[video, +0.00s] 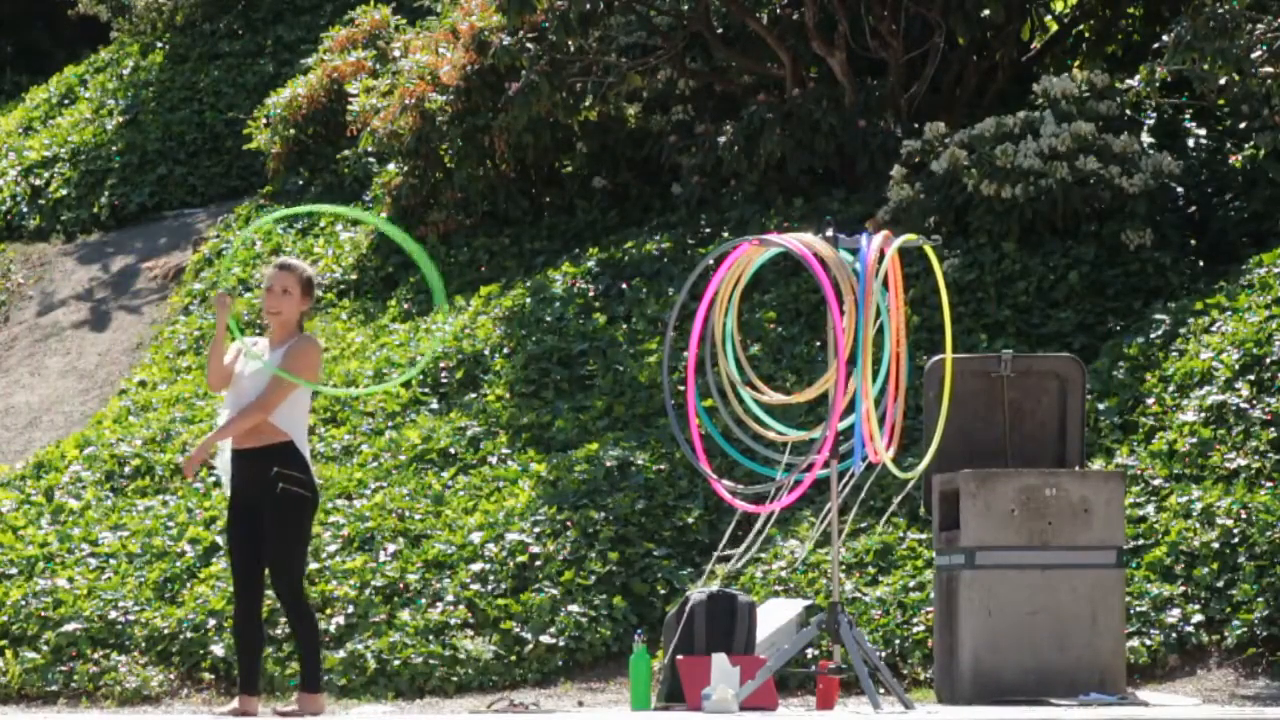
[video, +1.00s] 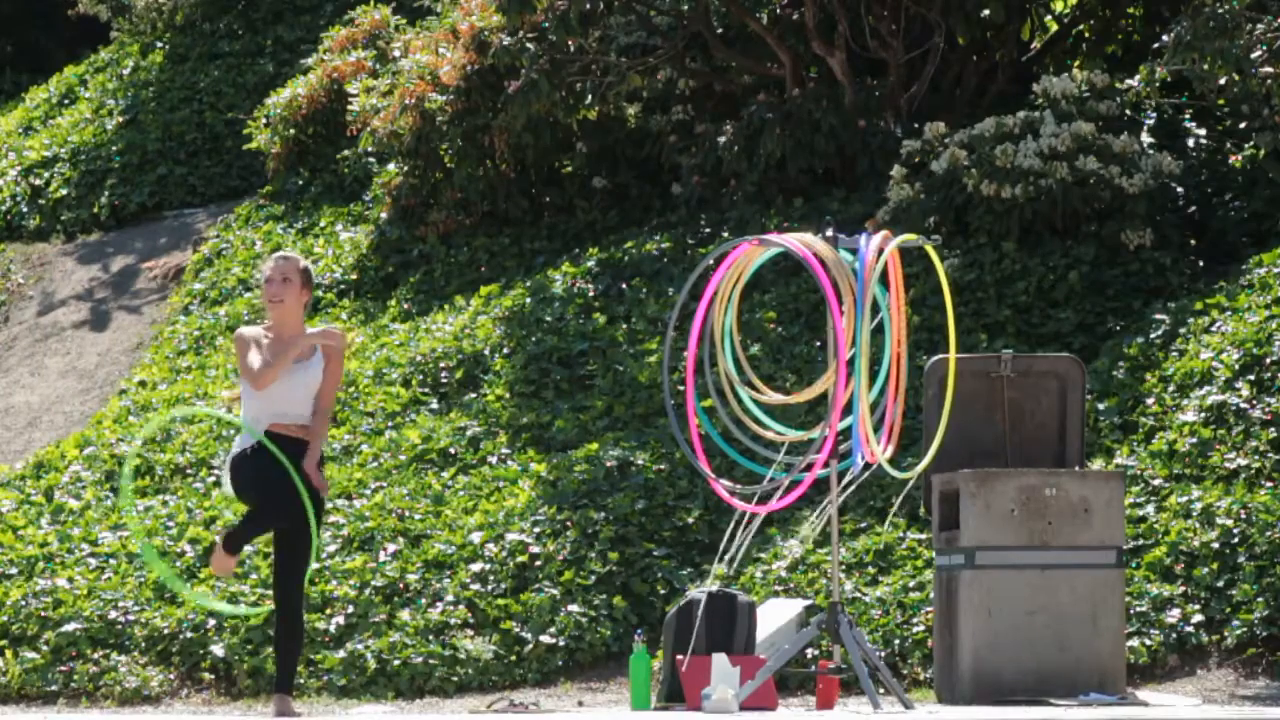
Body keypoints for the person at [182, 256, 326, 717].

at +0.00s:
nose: (273, 297)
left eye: (285, 292)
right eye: (269, 289)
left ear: (305, 302)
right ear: (262, 295)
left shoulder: (304, 349)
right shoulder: (246, 345)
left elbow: (264, 409)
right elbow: (215, 380)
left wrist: (207, 443)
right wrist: (221, 323)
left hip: (286, 474)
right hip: (245, 475)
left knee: (288, 586)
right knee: (246, 589)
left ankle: (311, 694)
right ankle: (248, 697)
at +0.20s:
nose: (264, 290)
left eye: (275, 284)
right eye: (260, 282)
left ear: (294, 296)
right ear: (251, 290)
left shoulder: (304, 343)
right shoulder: (239, 343)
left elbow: (272, 406)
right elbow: (225, 380)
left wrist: (209, 436)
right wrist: (234, 326)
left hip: (291, 473)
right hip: (246, 473)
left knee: (283, 588)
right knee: (244, 589)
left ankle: (289, 696)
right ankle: (248, 696)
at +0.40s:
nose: (261, 282)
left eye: (272, 277)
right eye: (256, 277)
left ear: (291, 292)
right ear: (248, 291)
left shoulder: (310, 337)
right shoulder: (232, 341)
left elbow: (286, 404)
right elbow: (248, 367)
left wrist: (221, 420)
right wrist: (287, 337)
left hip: (294, 468)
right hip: (246, 468)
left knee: (282, 585)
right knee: (241, 585)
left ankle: (283, 695)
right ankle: (247, 694)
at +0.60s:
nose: (258, 287)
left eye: (269, 281)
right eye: (253, 280)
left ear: (291, 293)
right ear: (246, 291)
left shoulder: (318, 343)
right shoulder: (236, 342)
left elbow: (302, 406)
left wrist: (232, 413)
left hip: (302, 467)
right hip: (253, 464)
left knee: (288, 584)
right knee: (226, 572)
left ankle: (285, 694)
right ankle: (237, 668)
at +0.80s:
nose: (266, 286)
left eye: (277, 280)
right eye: (262, 280)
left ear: (299, 292)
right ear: (253, 292)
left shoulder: (324, 345)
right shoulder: (244, 342)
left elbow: (313, 410)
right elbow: (263, 375)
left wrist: (276, 431)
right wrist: (323, 343)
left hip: (303, 456)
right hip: (253, 456)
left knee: (290, 579)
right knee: (247, 539)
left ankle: (284, 694)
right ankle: (232, 608)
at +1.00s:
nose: (273, 288)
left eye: (284, 281)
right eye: (269, 281)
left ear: (305, 291)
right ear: (262, 289)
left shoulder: (329, 340)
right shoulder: (249, 336)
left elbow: (324, 407)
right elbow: (260, 379)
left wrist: (312, 456)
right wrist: (296, 336)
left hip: (303, 455)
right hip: (256, 449)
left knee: (289, 584)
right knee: (283, 504)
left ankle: (283, 693)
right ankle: (230, 544)